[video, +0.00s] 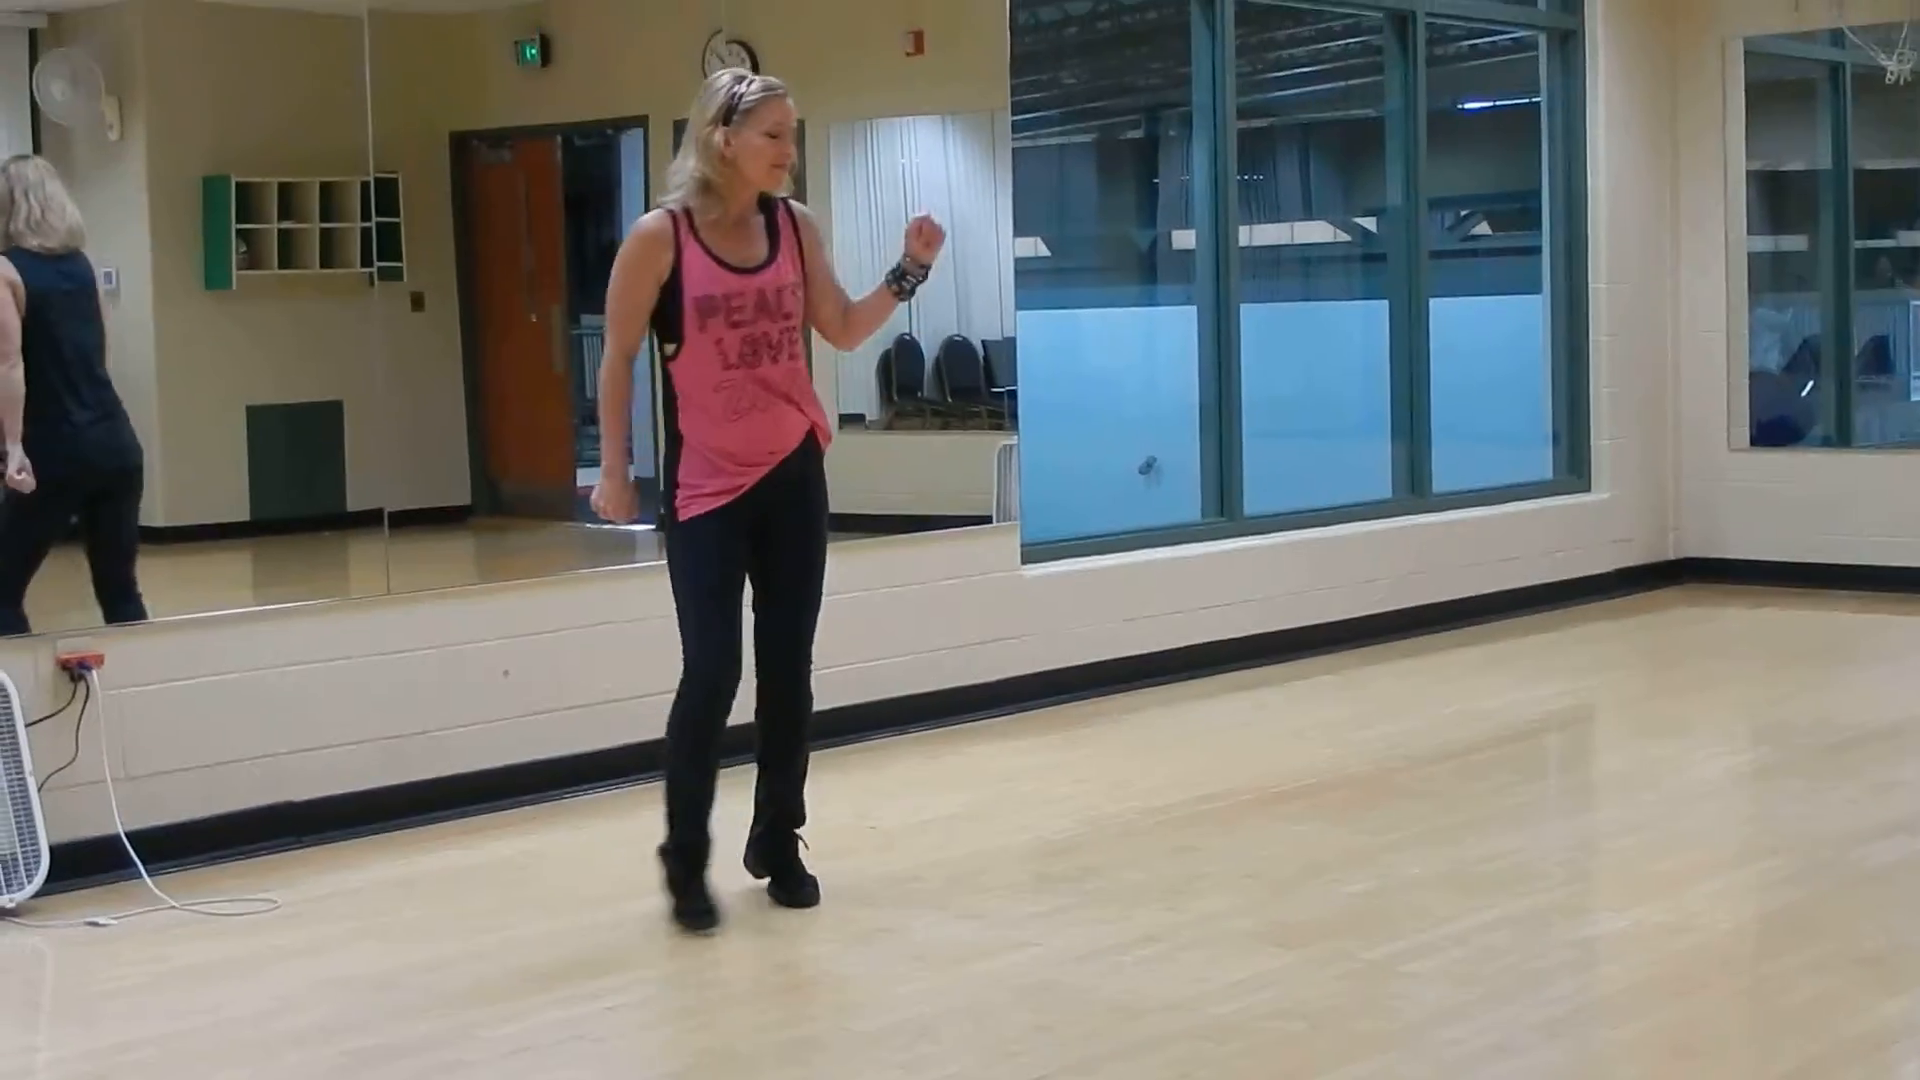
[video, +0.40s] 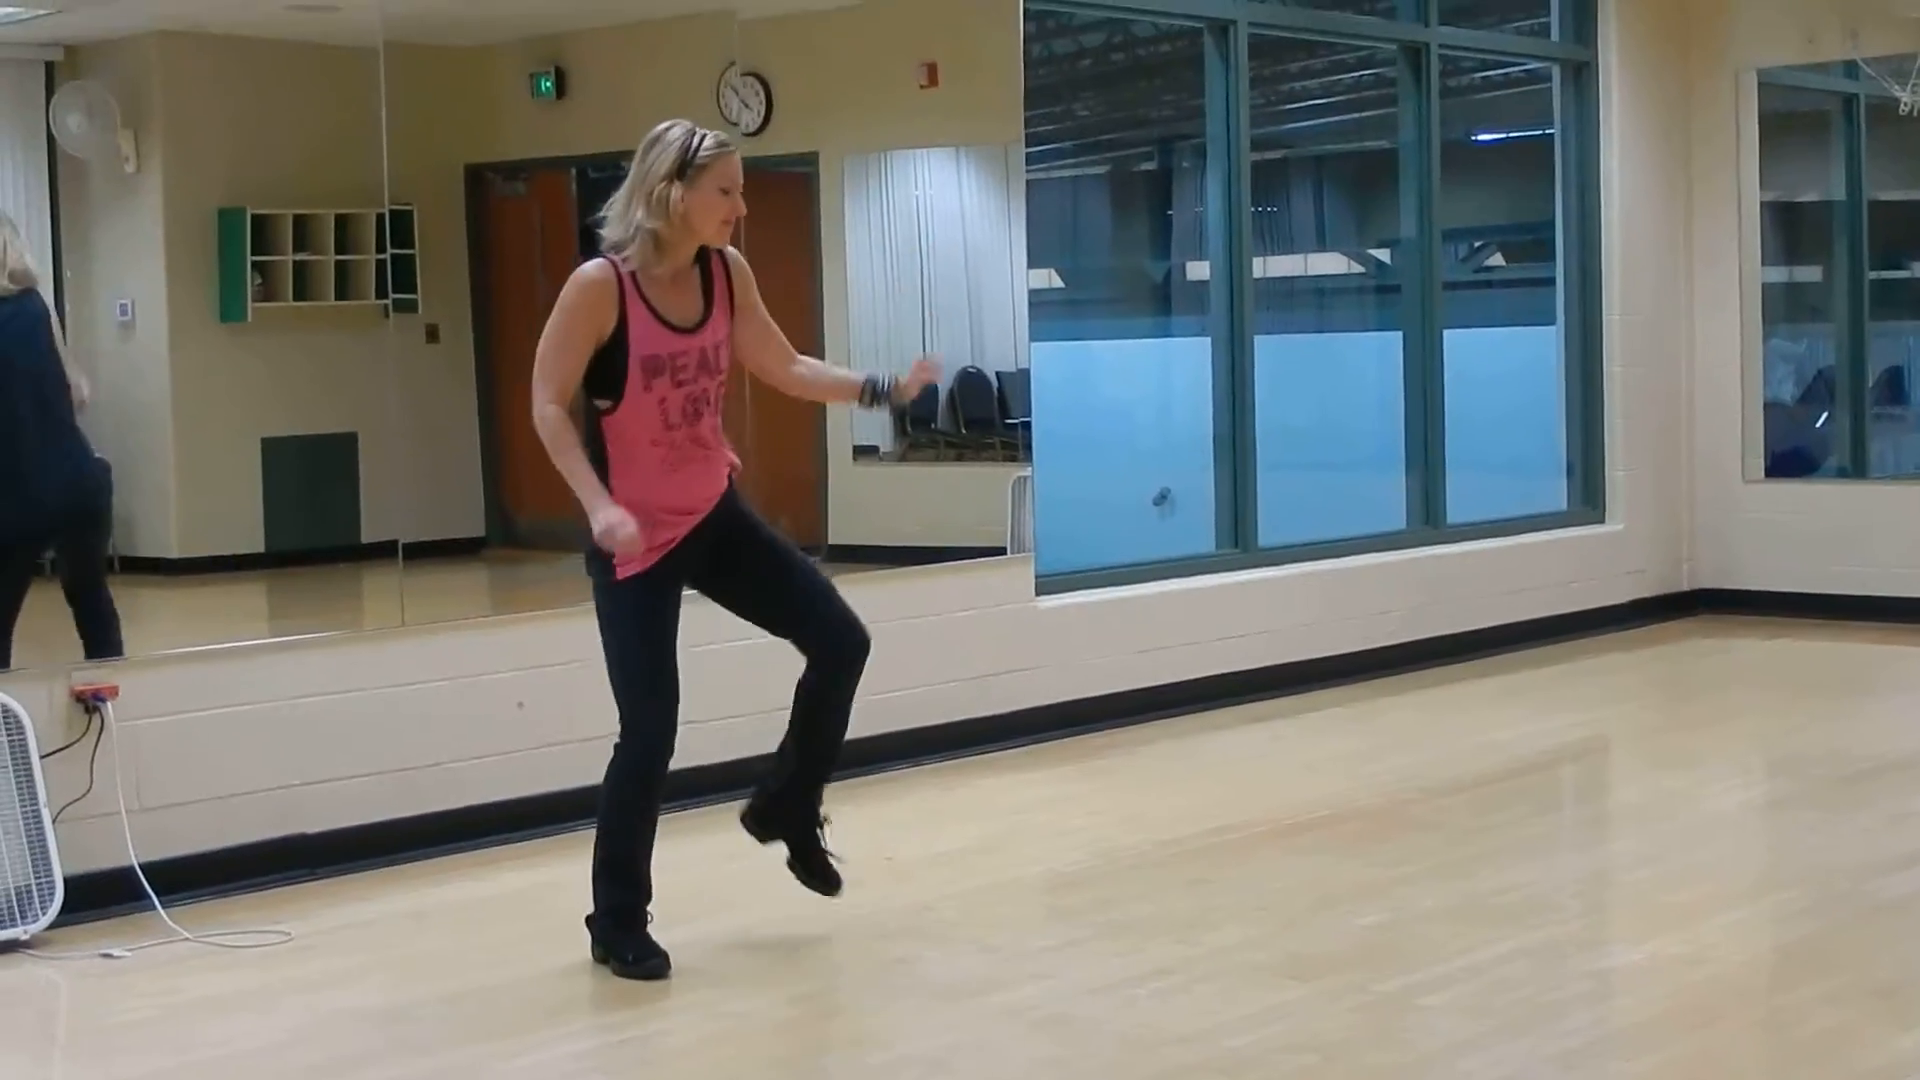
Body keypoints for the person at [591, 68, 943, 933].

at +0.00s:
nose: (787, 151)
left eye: (792, 137)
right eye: (772, 137)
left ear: (786, 145)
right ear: (720, 140)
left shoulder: (795, 225)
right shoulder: (657, 239)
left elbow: (844, 330)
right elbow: (619, 357)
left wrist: (909, 271)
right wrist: (613, 470)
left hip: (793, 472)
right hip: (705, 484)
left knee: (787, 671)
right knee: (713, 674)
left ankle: (778, 842)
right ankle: (685, 857)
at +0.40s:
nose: (737, 207)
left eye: (739, 193)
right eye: (723, 192)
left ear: (722, 199)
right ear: (670, 194)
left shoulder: (726, 272)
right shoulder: (598, 287)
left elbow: (784, 368)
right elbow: (549, 403)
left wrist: (885, 388)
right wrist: (598, 504)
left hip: (714, 517)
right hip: (632, 542)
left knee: (841, 640)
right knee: (649, 732)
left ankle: (787, 805)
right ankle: (616, 923)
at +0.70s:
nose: (729, 232)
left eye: (730, 218)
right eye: (713, 219)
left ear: (719, 226)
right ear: (656, 224)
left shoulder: (728, 304)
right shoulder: (596, 329)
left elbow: (738, 412)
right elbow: (559, 452)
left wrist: (749, 520)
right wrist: (617, 449)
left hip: (708, 545)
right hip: (628, 563)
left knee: (832, 694)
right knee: (661, 753)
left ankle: (747, 849)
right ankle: (625, 936)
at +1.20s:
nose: (837, 204)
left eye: (837, 190)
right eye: (816, 195)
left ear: (840, 205)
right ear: (772, 218)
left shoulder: (837, 296)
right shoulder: (760, 288)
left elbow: (820, 401)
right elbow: (748, 378)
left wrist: (847, 457)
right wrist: (786, 445)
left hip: (790, 555)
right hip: (715, 555)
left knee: (863, 722)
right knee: (660, 736)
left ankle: (910, 890)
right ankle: (616, 927)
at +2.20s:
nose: (1021, 206)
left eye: (1022, 193)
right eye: (1008, 194)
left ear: (1006, 204)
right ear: (963, 201)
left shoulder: (1010, 281)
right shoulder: (914, 277)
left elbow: (996, 386)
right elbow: (899, 382)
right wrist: (926, 470)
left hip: (962, 512)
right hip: (890, 510)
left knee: (1012, 681)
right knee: (869, 695)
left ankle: (1027, 840)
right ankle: (862, 870)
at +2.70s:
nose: (1089, 247)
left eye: (1089, 234)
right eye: (1078, 233)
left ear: (1054, 238)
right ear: (1031, 231)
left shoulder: (1066, 335)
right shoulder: (948, 304)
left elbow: (1088, 429)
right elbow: (885, 400)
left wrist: (1132, 351)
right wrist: (860, 497)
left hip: (1040, 525)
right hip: (964, 531)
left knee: (1067, 680)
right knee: (1039, 665)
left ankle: (1022, 845)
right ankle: (974, 790)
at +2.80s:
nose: (1087, 254)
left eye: (1089, 241)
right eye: (1074, 239)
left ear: (1075, 248)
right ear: (1025, 238)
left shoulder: (1071, 329)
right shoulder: (947, 308)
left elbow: (1088, 429)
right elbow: (889, 410)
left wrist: (1146, 363)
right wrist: (872, 505)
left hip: (1048, 526)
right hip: (972, 534)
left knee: (1070, 690)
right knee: (1041, 683)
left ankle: (1029, 847)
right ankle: (987, 823)